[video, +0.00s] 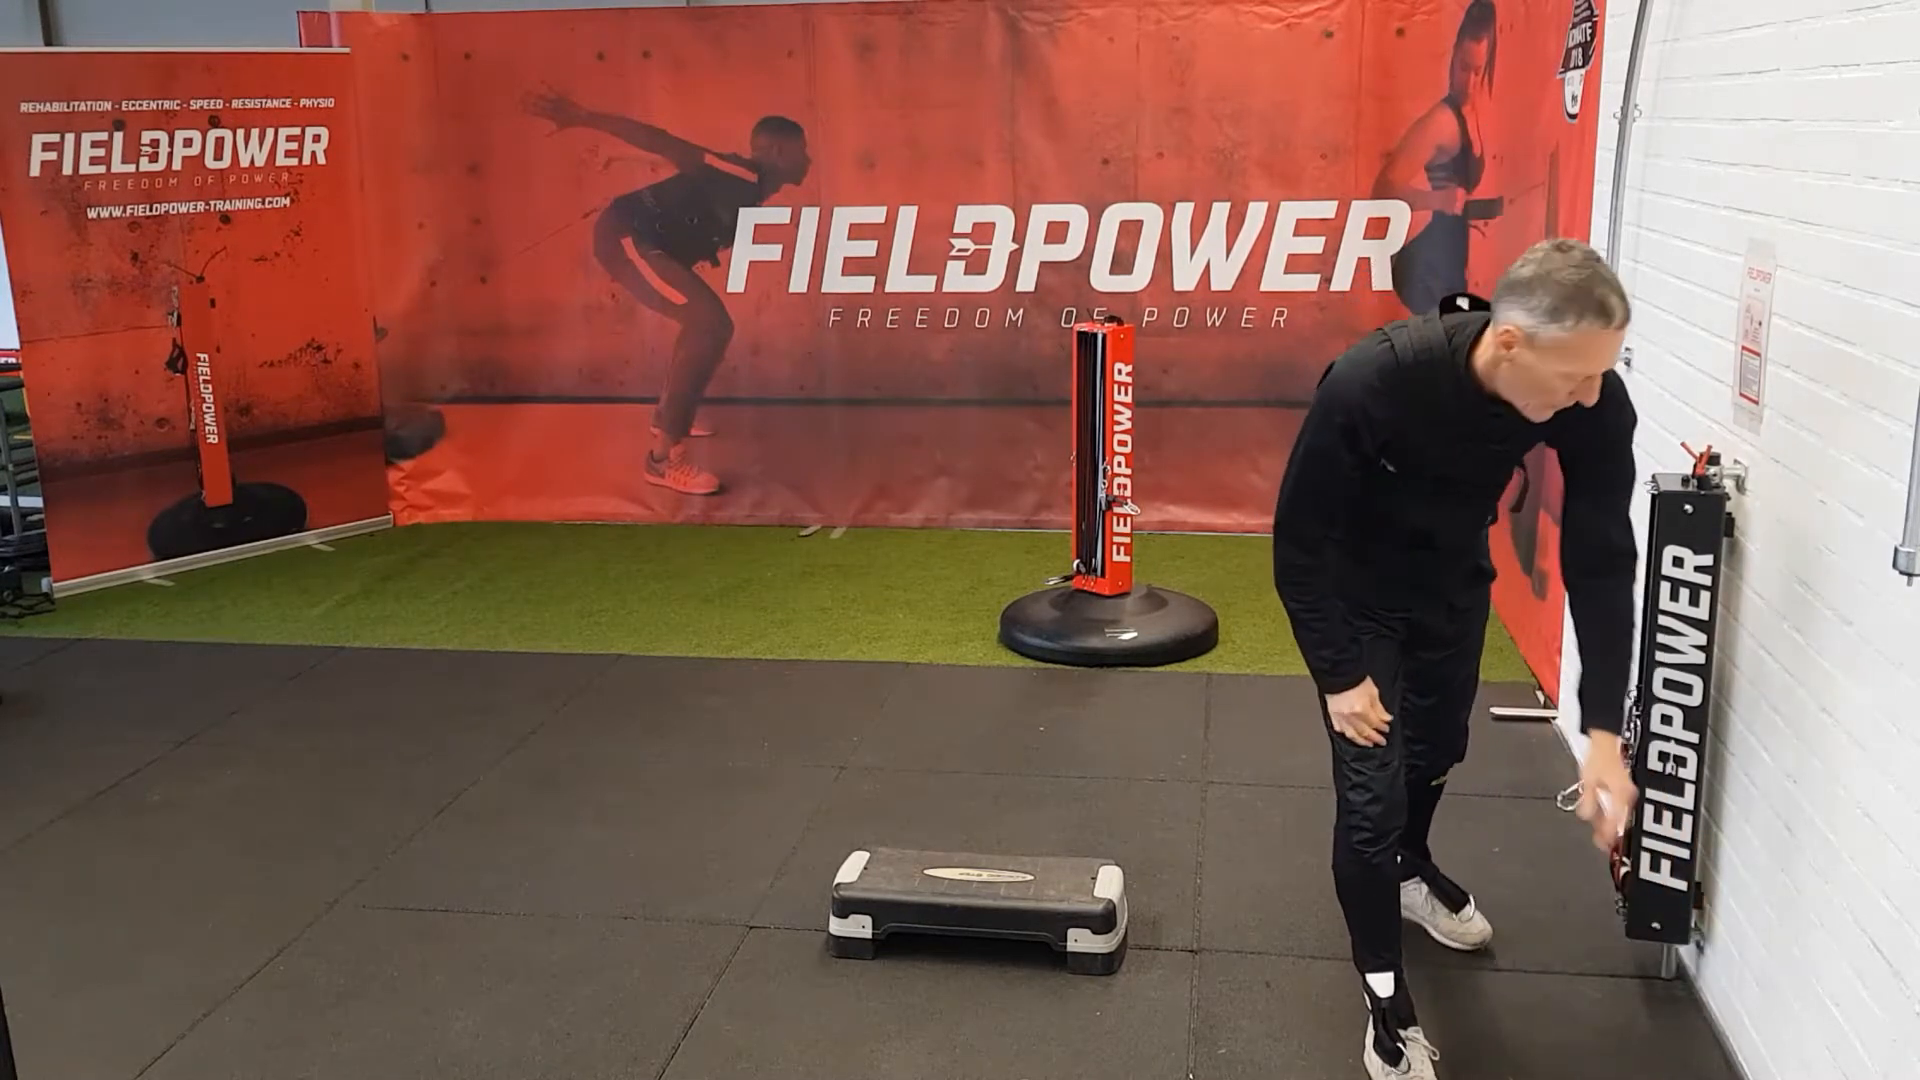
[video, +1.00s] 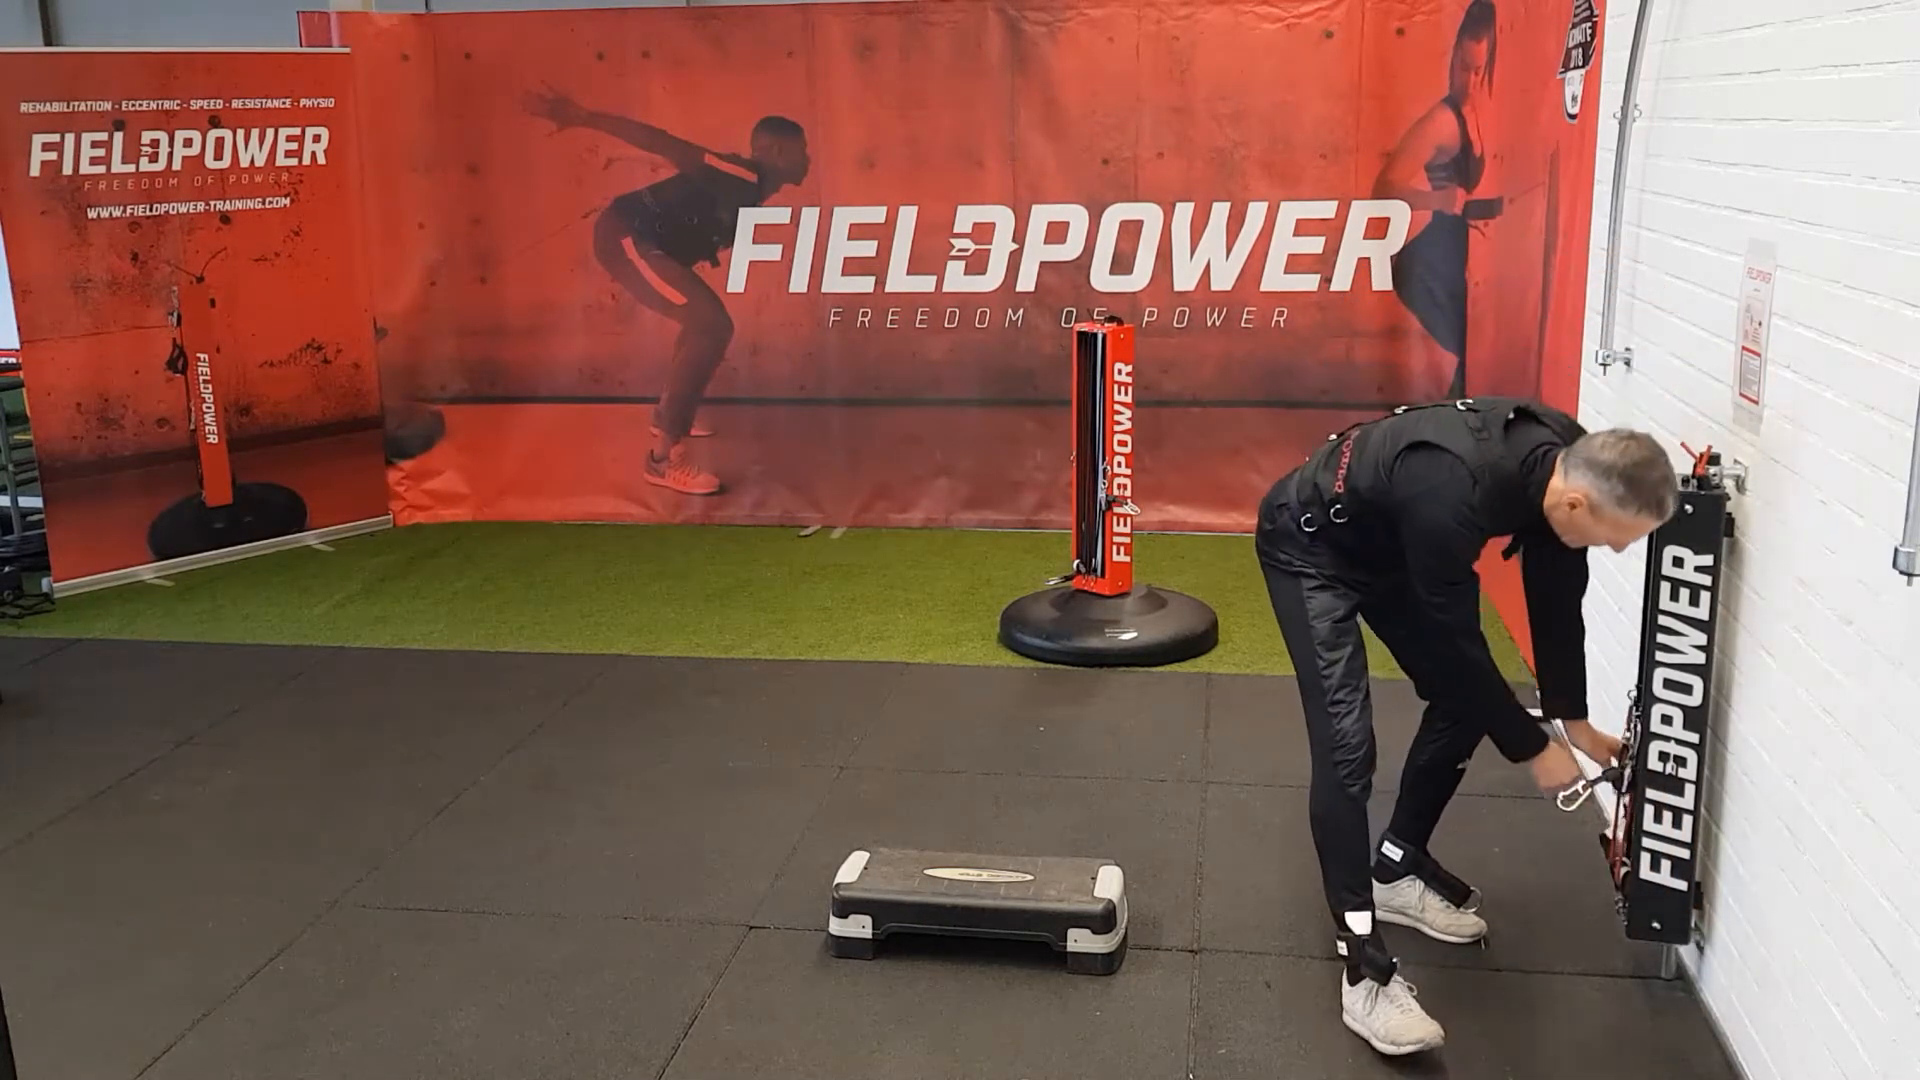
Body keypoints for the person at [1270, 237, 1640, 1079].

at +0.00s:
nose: (1585, 397)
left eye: (1596, 378)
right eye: (1571, 380)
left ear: (1603, 350)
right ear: (1506, 342)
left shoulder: (1590, 402)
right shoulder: (1373, 382)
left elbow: (1602, 562)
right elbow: (1299, 538)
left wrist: (1605, 734)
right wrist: (1338, 673)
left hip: (1453, 586)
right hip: (1354, 587)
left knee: (1433, 749)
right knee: (1374, 803)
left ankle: (1407, 869)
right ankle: (1385, 993)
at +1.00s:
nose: (1606, 549)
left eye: (1617, 542)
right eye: (1609, 538)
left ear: (1579, 498)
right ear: (1574, 501)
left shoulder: (1561, 466)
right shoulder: (1446, 495)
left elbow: (1556, 599)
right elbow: (1458, 649)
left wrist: (1573, 720)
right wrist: (1535, 749)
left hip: (1390, 549)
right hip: (1308, 542)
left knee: (1463, 697)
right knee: (1346, 744)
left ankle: (1396, 868)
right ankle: (1363, 968)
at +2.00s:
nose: (1599, 478)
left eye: (1611, 466)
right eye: (1592, 461)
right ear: (1551, 416)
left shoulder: (1572, 394)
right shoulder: (1441, 438)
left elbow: (1594, 528)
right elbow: (1418, 585)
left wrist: (1576, 661)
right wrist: (1492, 705)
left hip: (1424, 537)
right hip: (1335, 529)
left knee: (1472, 700)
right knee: (1346, 739)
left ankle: (1398, 862)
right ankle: (1357, 953)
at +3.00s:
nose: (1574, 416)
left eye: (1589, 397)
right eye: (1557, 395)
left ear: (1605, 365)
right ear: (1510, 354)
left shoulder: (1589, 387)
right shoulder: (1418, 402)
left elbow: (1559, 503)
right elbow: (1382, 560)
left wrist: (1538, 628)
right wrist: (1480, 667)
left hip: (1436, 531)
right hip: (1343, 536)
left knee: (1454, 716)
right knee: (1369, 752)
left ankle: (1395, 866)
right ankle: (1370, 976)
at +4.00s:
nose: (1460, 288)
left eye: (1483, 268)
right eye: (1445, 264)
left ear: (1543, 233)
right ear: (1428, 232)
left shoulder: (1612, 331)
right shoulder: (1401, 289)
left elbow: (1684, 523)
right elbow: (1344, 415)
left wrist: (1690, 716)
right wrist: (1315, 549)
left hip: (1537, 583)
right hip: (1414, 557)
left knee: (1537, 818)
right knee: (1361, 752)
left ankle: (1516, 1039)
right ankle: (1353, 920)